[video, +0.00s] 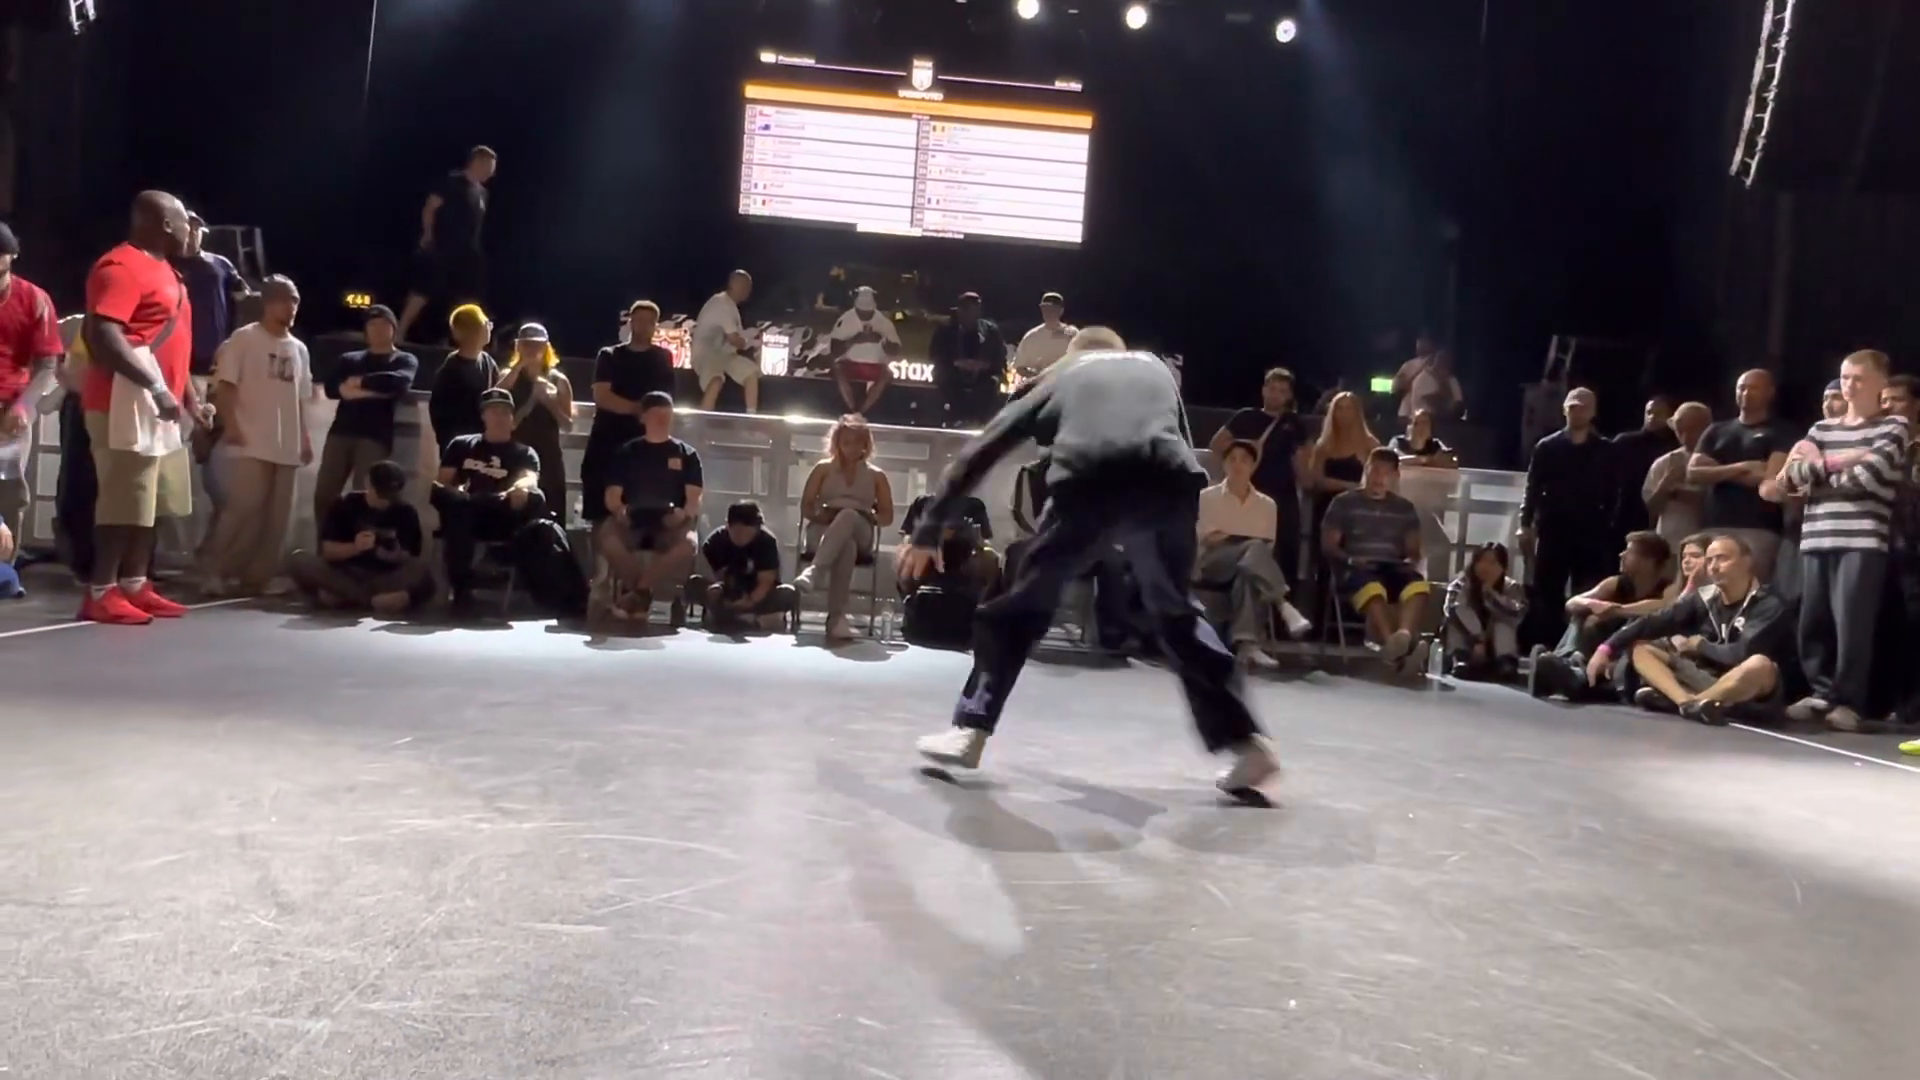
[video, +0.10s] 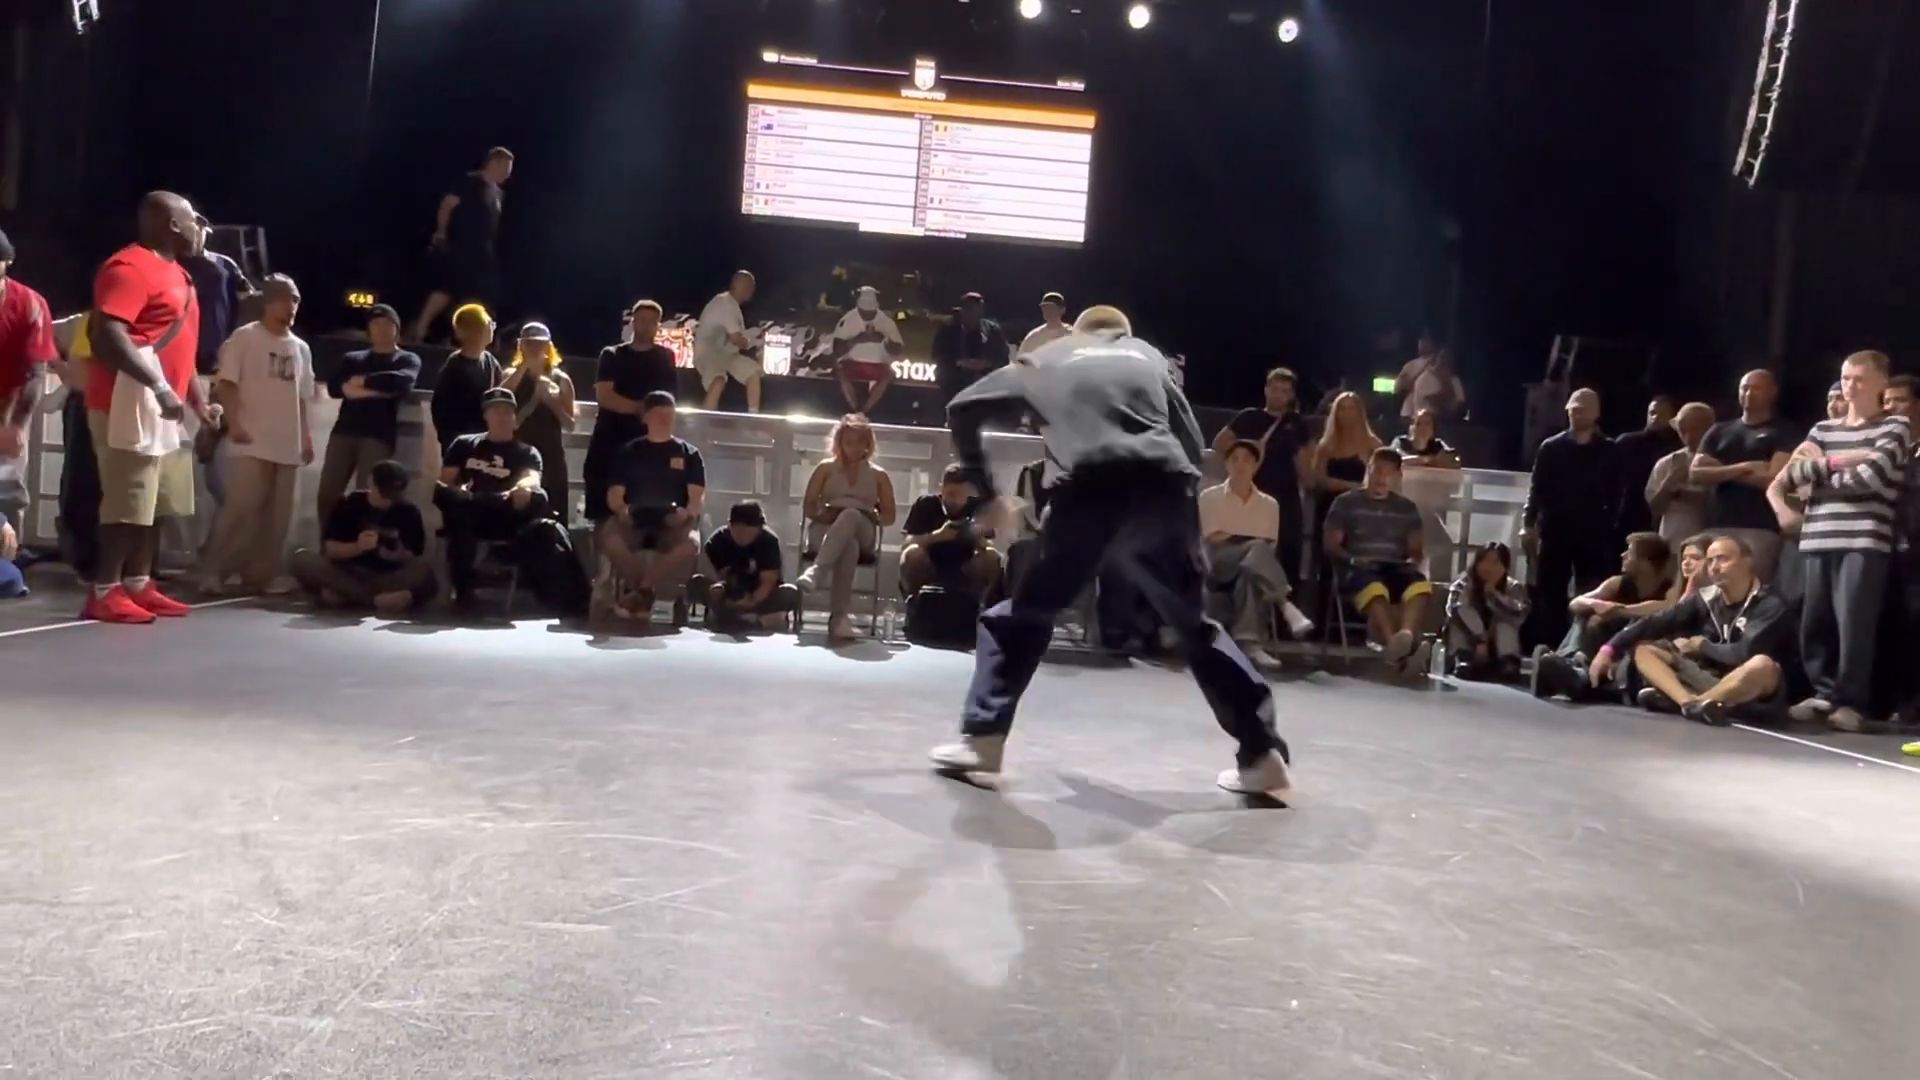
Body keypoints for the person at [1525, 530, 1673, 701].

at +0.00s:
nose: (1621, 555)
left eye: (1629, 551)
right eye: (1625, 550)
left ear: (1650, 562)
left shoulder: (1668, 590)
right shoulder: (1616, 583)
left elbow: (1663, 607)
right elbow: (1572, 604)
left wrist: (1617, 611)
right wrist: (1593, 605)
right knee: (1582, 617)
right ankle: (1566, 663)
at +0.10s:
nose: (1623, 555)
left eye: (1629, 551)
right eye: (1626, 550)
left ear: (1647, 561)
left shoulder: (1670, 589)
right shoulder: (1619, 583)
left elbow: (1666, 608)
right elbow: (1576, 604)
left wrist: (1619, 612)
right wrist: (1595, 605)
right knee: (1585, 617)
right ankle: (1571, 663)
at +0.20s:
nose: (1623, 558)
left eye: (1629, 554)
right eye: (1625, 553)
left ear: (1646, 561)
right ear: (1640, 561)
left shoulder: (1670, 592)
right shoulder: (1620, 583)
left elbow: (1666, 610)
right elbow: (1578, 604)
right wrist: (1601, 607)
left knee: (1599, 623)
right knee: (1586, 616)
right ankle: (1570, 661)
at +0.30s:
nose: (1622, 558)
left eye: (1628, 555)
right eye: (1624, 553)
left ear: (1643, 564)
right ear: (1640, 564)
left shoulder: (1670, 591)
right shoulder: (1621, 582)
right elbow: (1579, 603)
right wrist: (1604, 607)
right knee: (1588, 613)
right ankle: (1575, 660)